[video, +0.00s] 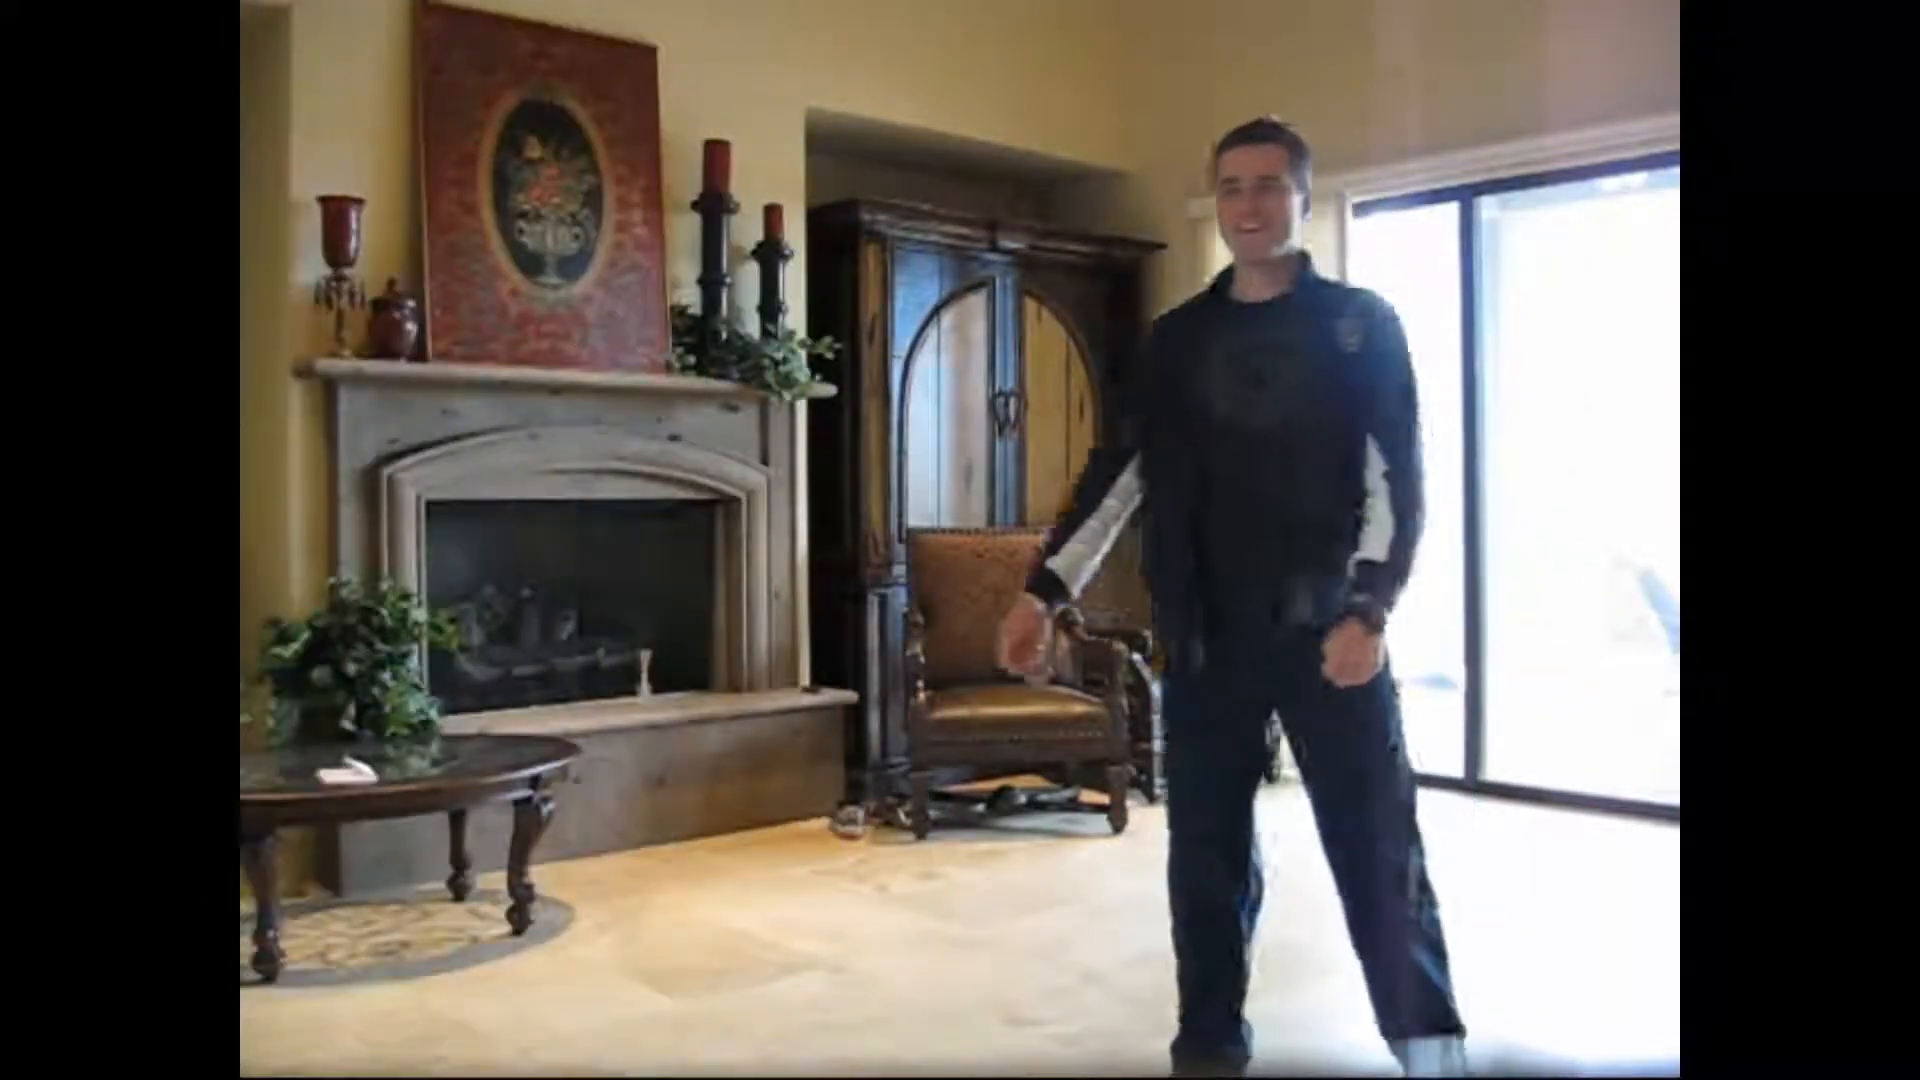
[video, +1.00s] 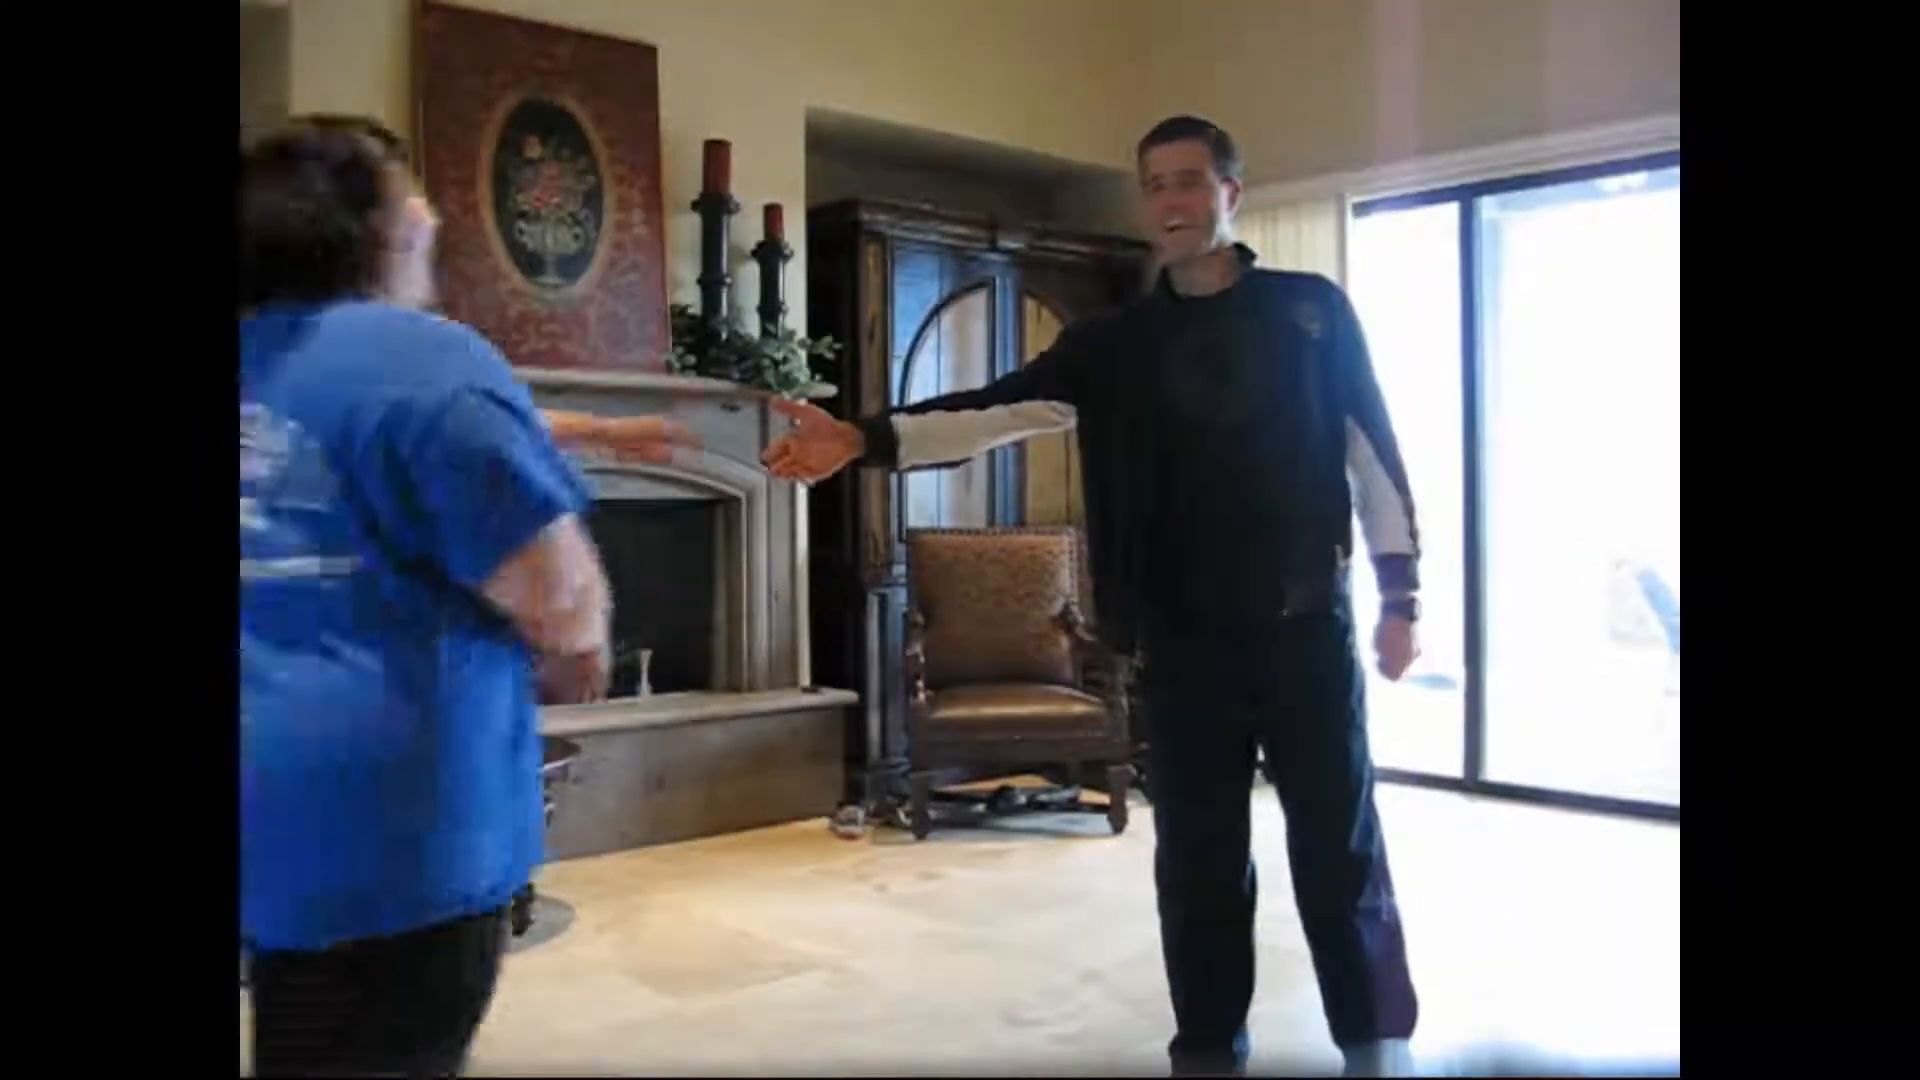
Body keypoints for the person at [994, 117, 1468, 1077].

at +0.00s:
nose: (1252, 204)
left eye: (1270, 185)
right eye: (1235, 188)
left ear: (1302, 198)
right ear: (1215, 205)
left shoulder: (1359, 323)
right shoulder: (1171, 342)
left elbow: (1399, 477)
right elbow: (1114, 479)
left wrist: (1371, 610)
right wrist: (1042, 593)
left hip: (1328, 633)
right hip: (1205, 640)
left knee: (1382, 864)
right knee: (1206, 864)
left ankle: (1432, 1056)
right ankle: (1208, 1054)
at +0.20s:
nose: (1210, 204)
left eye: (1229, 186)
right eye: (1191, 188)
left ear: (1261, 197)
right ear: (1170, 205)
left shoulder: (1325, 316)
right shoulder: (1138, 337)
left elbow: (1375, 471)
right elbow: (1044, 449)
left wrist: (1367, 616)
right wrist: (936, 525)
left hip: (1312, 629)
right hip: (1190, 634)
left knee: (1354, 862)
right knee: (1200, 866)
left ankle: (1403, 1052)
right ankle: (1206, 1056)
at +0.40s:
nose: (1164, 207)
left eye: (1184, 188)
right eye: (1153, 192)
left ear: (1234, 196)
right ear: (1146, 205)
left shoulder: (1311, 312)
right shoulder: (1118, 336)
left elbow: (1370, 460)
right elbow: (1001, 416)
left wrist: (1394, 602)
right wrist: (874, 444)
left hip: (1304, 625)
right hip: (1185, 631)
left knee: (1338, 851)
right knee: (1198, 861)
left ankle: (1374, 1051)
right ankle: (1206, 1055)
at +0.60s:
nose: (1151, 209)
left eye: (1170, 189)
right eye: (1140, 194)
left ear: (1223, 194)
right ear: (1133, 209)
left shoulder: (1307, 310)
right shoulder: (1113, 338)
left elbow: (1370, 457)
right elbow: (990, 404)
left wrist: (1406, 595)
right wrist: (864, 427)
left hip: (1304, 628)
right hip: (1184, 635)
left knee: (1339, 852)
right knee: (1197, 862)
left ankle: (1373, 1050)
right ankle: (1206, 1055)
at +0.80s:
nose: (1151, 208)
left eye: (1170, 188)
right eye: (1139, 194)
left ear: (1223, 194)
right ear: (1132, 209)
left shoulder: (1308, 309)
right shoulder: (1109, 340)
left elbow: (1372, 457)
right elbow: (991, 411)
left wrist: (1402, 595)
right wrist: (861, 435)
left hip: (1303, 631)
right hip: (1182, 642)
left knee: (1338, 852)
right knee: (1197, 863)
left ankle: (1373, 1050)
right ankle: (1206, 1054)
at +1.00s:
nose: (1172, 201)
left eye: (1191, 181)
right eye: (1156, 186)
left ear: (1233, 193)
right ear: (1141, 206)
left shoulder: (1310, 308)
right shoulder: (1110, 342)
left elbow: (1373, 454)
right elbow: (990, 415)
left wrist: (1398, 595)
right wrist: (861, 438)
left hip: (1306, 635)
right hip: (1183, 646)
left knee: (1339, 858)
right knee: (1199, 867)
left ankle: (1373, 1053)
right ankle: (1207, 1055)